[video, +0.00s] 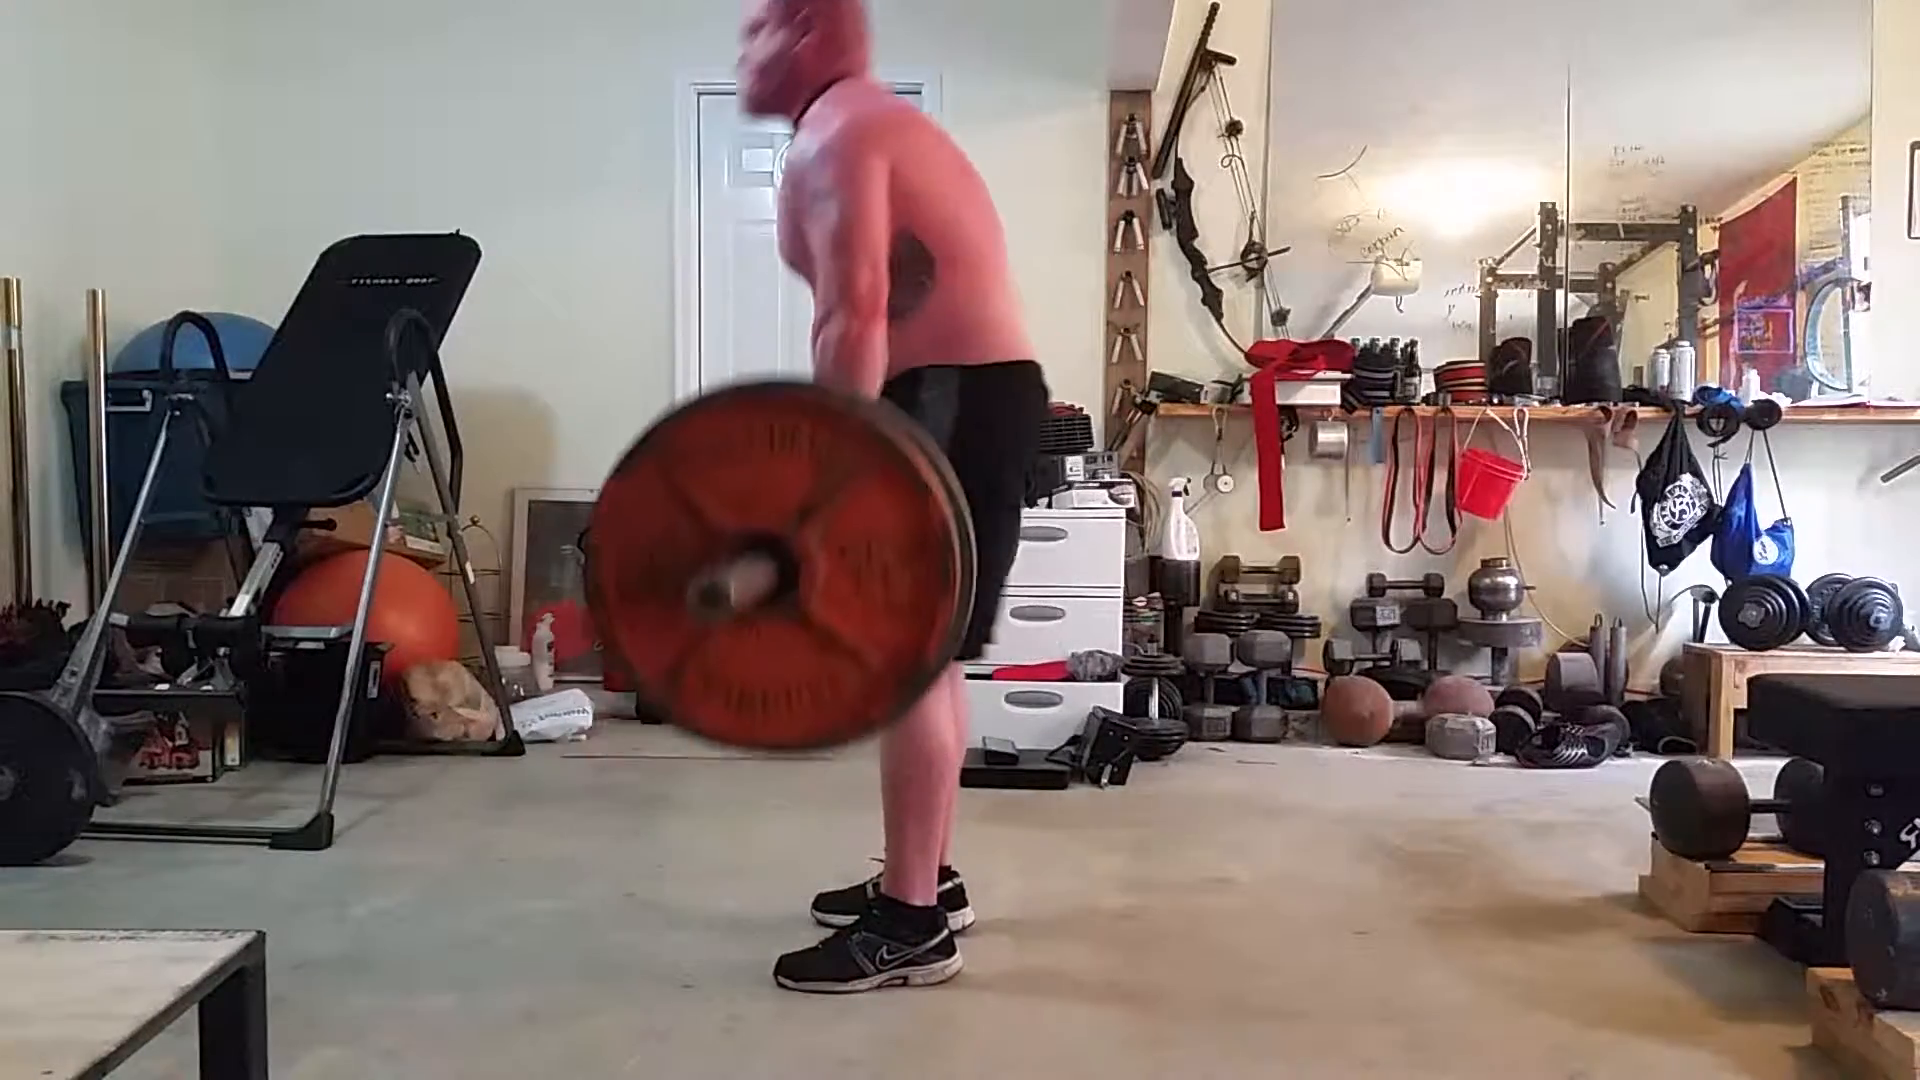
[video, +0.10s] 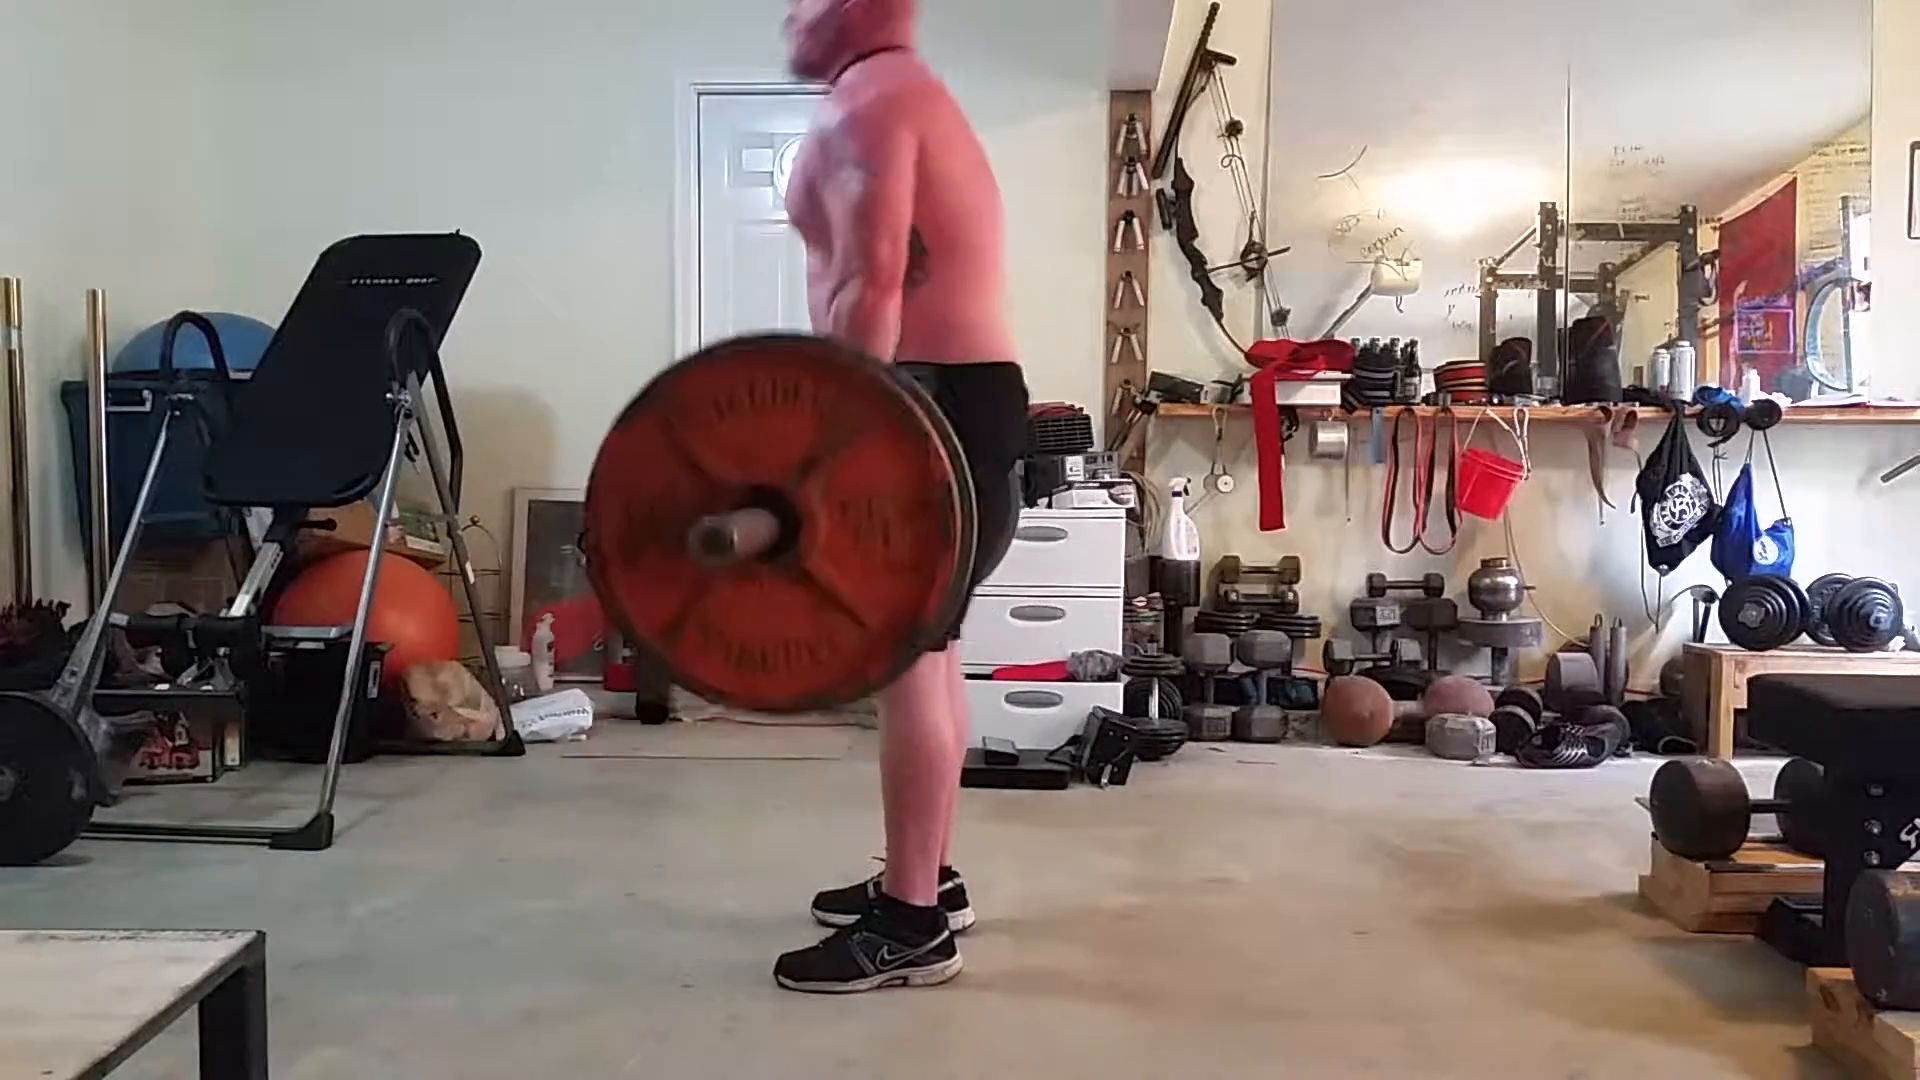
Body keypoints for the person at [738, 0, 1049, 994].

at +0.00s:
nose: (742, 52)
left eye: (758, 29)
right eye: (747, 32)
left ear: (812, 35)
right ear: (829, 42)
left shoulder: (844, 131)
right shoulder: (852, 129)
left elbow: (856, 313)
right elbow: (858, 318)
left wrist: (824, 478)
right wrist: (817, 471)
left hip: (957, 396)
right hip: (960, 395)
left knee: (920, 654)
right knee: (923, 652)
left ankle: (915, 918)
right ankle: (923, 882)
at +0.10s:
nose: (787, 17)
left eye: (801, 2)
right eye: (793, 3)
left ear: (851, 8)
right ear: (871, 16)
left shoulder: (875, 100)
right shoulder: (893, 100)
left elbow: (873, 284)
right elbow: (867, 291)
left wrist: (825, 449)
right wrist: (806, 442)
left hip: (936, 400)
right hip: (954, 397)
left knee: (914, 652)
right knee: (923, 649)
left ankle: (912, 916)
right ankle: (926, 879)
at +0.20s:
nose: (826, 10)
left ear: (885, 1)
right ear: (921, 7)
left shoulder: (900, 88)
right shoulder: (944, 90)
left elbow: (888, 272)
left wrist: (817, 426)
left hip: (932, 402)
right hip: (966, 398)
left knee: (910, 656)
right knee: (921, 653)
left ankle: (914, 920)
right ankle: (922, 882)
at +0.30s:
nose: (842, 11)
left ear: (902, 4)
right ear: (925, 10)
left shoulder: (917, 87)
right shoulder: (946, 87)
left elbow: (894, 279)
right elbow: (873, 279)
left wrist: (824, 430)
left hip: (936, 401)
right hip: (962, 399)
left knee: (902, 655)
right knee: (916, 652)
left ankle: (912, 919)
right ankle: (923, 882)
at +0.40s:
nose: (811, 20)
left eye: (825, 5)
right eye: (816, 7)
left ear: (875, 7)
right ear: (899, 14)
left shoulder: (901, 91)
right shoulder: (924, 93)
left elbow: (885, 279)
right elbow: (883, 285)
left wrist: (819, 435)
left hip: (935, 398)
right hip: (959, 398)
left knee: (893, 652)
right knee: (918, 649)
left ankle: (908, 920)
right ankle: (926, 879)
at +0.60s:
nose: (706, 115)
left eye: (712, 89)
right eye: (703, 94)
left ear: (764, 66)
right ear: (771, 68)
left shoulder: (824, 151)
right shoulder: (827, 148)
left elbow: (847, 336)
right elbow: (848, 332)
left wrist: (819, 508)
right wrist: (815, 504)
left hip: (961, 405)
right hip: (957, 403)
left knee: (911, 653)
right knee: (916, 648)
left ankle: (911, 918)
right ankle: (921, 880)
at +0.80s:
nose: (663, 218)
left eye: (662, 193)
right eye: (654, 201)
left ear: (708, 158)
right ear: (714, 157)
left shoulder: (788, 223)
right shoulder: (787, 227)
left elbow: (829, 405)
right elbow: (846, 407)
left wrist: (822, 575)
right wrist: (835, 564)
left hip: (986, 414)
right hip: (955, 421)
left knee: (918, 659)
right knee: (913, 650)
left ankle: (912, 915)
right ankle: (922, 876)